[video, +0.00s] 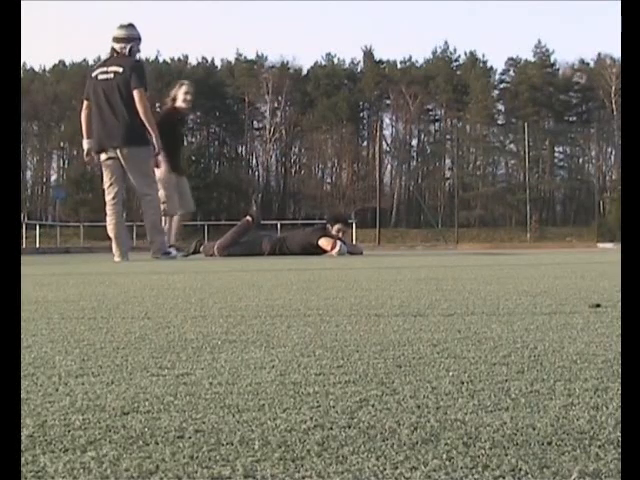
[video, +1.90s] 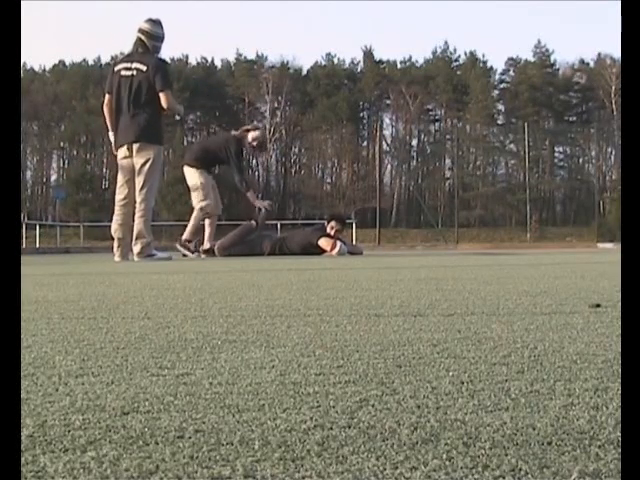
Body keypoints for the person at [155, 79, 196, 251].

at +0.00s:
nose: (188, 97)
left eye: (190, 94)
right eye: (185, 93)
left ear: (192, 97)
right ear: (175, 95)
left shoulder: (181, 118)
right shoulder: (167, 116)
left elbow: (175, 144)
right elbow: (161, 141)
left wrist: (179, 165)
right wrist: (165, 162)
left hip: (177, 167)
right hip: (164, 166)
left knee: (183, 209)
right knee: (168, 209)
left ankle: (172, 243)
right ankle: (164, 245)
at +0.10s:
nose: (196, 100)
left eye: (198, 97)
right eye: (193, 96)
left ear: (200, 100)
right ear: (183, 97)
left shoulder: (188, 118)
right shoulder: (175, 115)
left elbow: (179, 141)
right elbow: (161, 137)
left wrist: (185, 162)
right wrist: (173, 161)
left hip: (183, 165)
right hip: (168, 165)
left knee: (191, 208)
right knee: (170, 207)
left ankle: (194, 243)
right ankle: (167, 244)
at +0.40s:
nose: (218, 108)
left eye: (221, 105)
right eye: (217, 103)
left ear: (219, 105)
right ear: (207, 100)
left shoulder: (204, 119)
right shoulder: (194, 115)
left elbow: (198, 148)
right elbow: (181, 140)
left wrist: (211, 165)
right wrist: (193, 165)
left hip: (197, 166)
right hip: (182, 165)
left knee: (201, 209)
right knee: (188, 206)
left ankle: (201, 244)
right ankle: (183, 243)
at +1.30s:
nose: (229, 115)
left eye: (232, 112)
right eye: (229, 110)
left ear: (226, 107)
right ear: (222, 104)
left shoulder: (212, 118)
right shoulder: (204, 115)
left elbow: (202, 146)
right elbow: (197, 144)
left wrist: (208, 168)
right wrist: (211, 168)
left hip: (199, 166)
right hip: (186, 164)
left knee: (200, 207)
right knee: (185, 206)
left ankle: (201, 245)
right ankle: (184, 246)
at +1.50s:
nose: (236, 124)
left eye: (239, 121)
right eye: (237, 119)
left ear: (233, 116)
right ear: (230, 113)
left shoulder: (220, 127)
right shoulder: (213, 124)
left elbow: (210, 157)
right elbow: (211, 156)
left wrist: (210, 175)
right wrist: (231, 180)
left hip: (200, 170)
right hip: (187, 167)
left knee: (208, 208)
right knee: (187, 208)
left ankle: (206, 245)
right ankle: (184, 246)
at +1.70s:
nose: (249, 138)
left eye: (252, 135)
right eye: (250, 133)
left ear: (243, 128)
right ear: (242, 126)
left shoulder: (230, 139)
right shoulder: (225, 136)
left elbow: (233, 169)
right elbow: (226, 170)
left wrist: (247, 188)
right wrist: (245, 192)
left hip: (202, 171)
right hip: (189, 168)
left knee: (209, 209)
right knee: (192, 209)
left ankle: (207, 246)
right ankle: (184, 247)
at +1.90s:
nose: (253, 144)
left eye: (257, 143)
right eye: (254, 138)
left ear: (257, 145)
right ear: (249, 131)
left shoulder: (237, 144)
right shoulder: (233, 143)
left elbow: (241, 175)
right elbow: (239, 178)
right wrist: (255, 201)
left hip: (205, 168)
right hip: (194, 165)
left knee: (214, 208)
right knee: (204, 205)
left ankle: (207, 246)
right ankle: (185, 240)